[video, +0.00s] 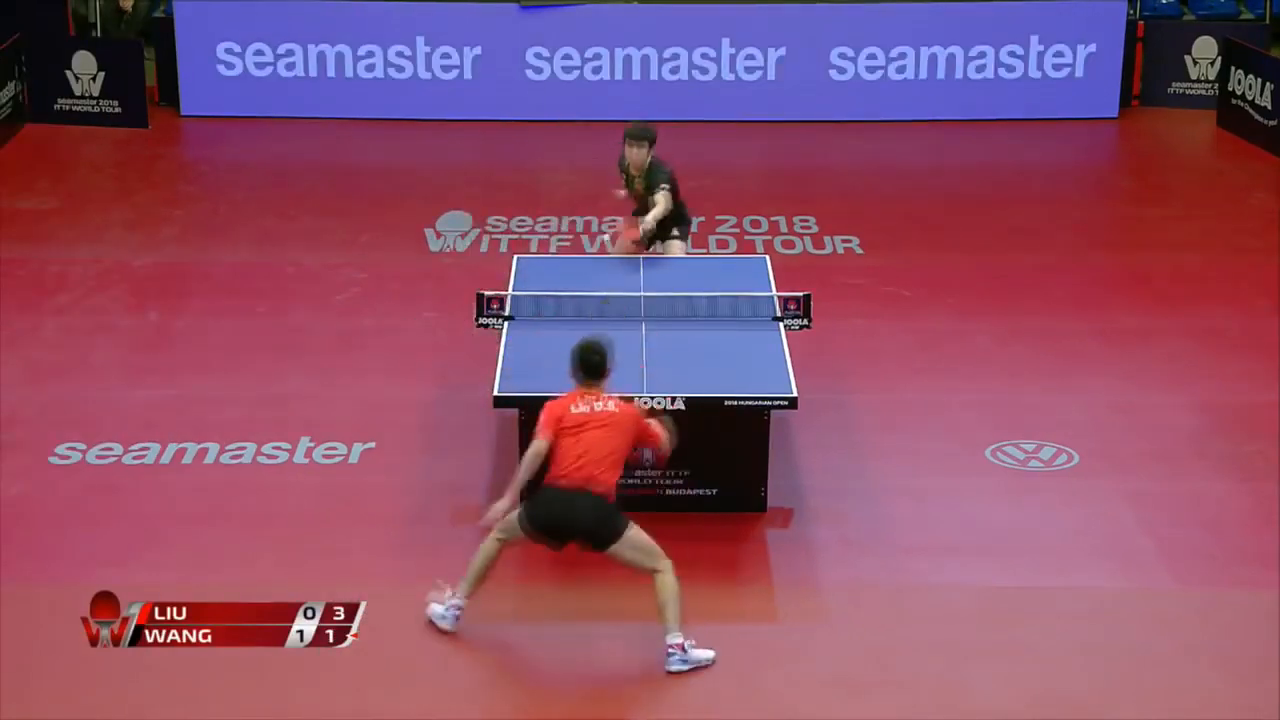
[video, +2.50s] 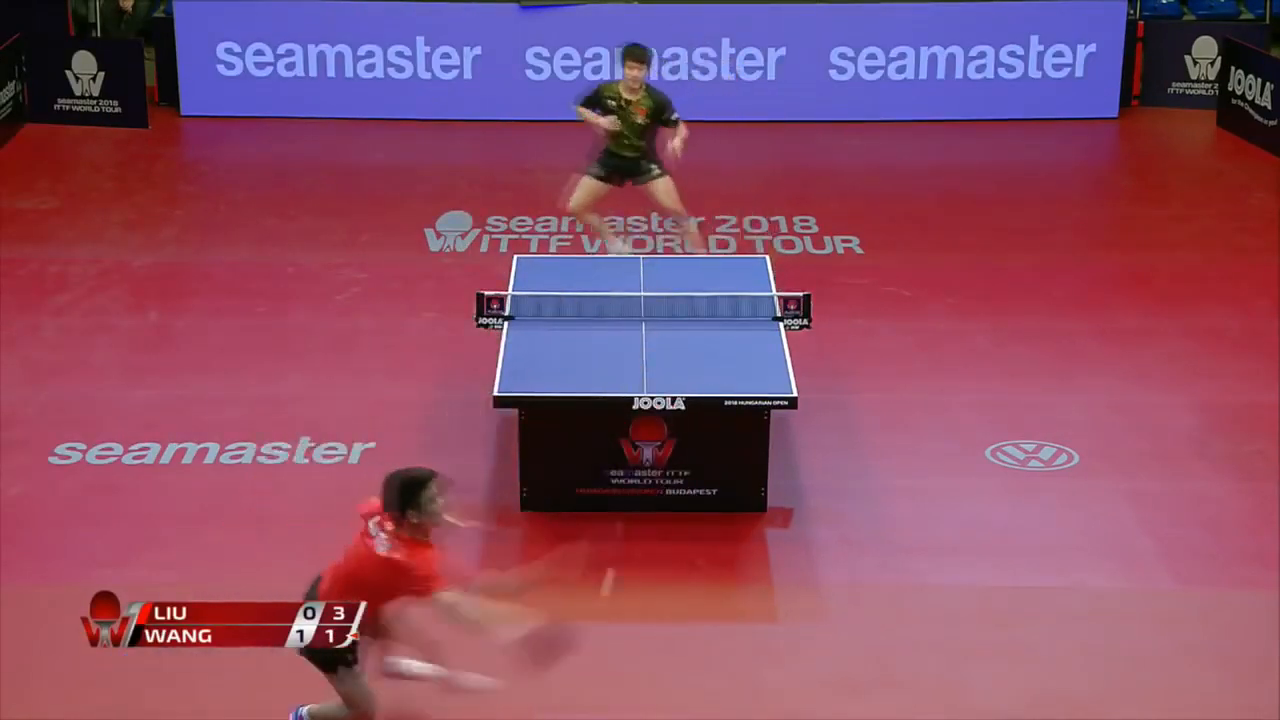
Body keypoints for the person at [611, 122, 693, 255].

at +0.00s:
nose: (635, 152)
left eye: (640, 147)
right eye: (630, 146)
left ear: (650, 150)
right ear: (624, 147)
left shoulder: (659, 170)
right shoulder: (624, 164)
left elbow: (664, 203)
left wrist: (650, 220)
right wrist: (626, 192)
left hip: (671, 219)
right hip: (643, 215)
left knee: (674, 262)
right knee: (619, 257)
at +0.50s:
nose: (646, 132)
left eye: (652, 127)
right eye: (642, 126)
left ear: (661, 130)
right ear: (635, 127)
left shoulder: (672, 154)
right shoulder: (620, 149)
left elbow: (700, 183)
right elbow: (591, 166)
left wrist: (690, 198)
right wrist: (597, 197)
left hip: (665, 209)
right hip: (630, 209)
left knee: (699, 257)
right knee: (596, 259)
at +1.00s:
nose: (749, 132)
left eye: (752, 127)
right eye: (745, 126)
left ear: (752, 129)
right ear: (729, 124)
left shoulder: (748, 151)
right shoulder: (707, 148)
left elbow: (757, 175)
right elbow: (681, 178)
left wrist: (789, 187)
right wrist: (707, 170)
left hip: (726, 217)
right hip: (693, 216)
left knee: (770, 248)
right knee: (646, 256)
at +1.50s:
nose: (713, 111)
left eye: (718, 106)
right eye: (709, 106)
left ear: (728, 107)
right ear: (704, 106)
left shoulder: (743, 132)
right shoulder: (696, 126)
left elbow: (772, 163)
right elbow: (690, 148)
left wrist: (758, 175)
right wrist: (680, 175)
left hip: (736, 191)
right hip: (703, 188)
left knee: (766, 232)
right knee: (651, 217)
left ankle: (791, 290)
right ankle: (655, 274)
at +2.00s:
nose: (724, 87)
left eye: (726, 81)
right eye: (718, 82)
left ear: (731, 83)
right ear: (706, 83)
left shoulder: (734, 104)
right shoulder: (693, 108)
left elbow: (744, 78)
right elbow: (667, 141)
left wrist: (711, 57)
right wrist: (687, 120)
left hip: (727, 180)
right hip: (695, 179)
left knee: (764, 228)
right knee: (650, 224)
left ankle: (775, 278)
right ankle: (639, 273)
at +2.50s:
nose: (634, 74)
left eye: (639, 69)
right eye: (630, 68)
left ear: (647, 71)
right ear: (623, 69)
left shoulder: (656, 100)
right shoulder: (606, 91)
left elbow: (680, 126)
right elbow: (581, 109)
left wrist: (678, 139)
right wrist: (599, 121)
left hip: (644, 162)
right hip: (611, 160)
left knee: (676, 210)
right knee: (577, 206)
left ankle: (701, 259)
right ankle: (614, 245)